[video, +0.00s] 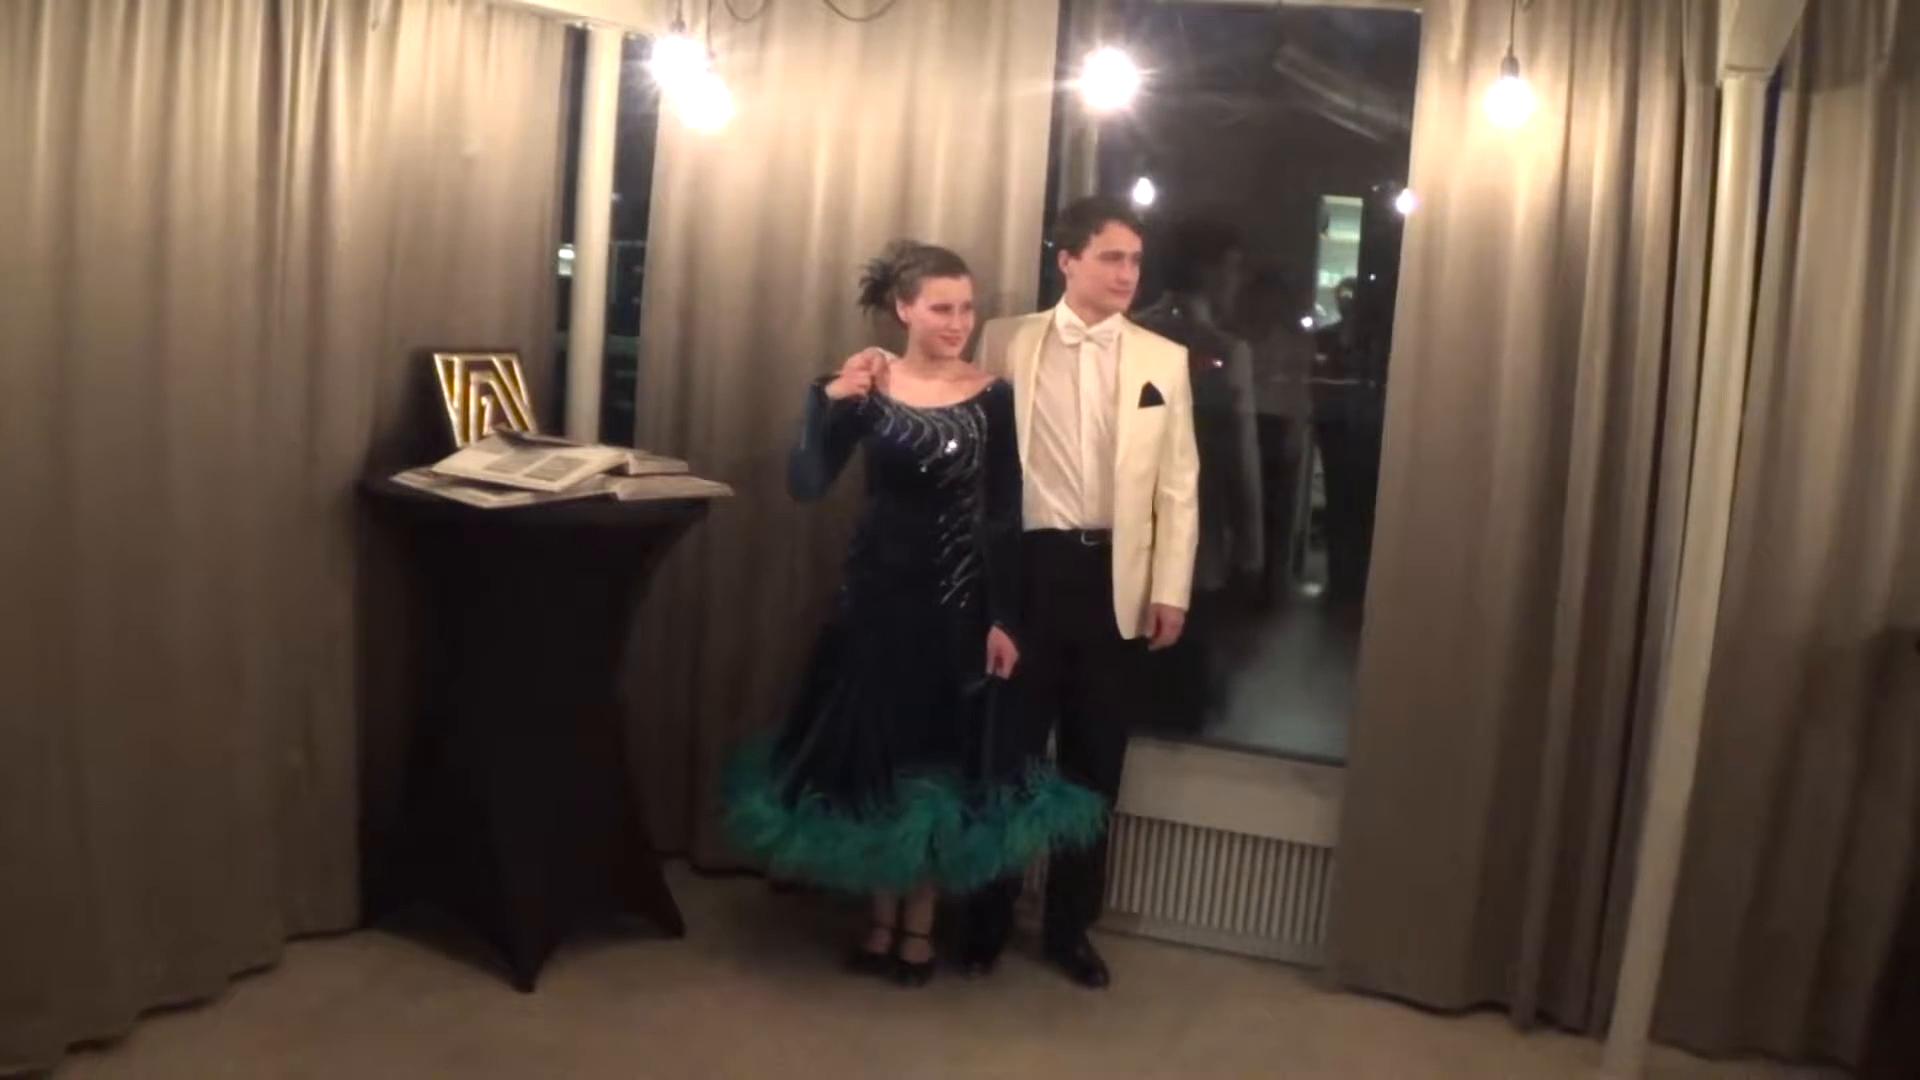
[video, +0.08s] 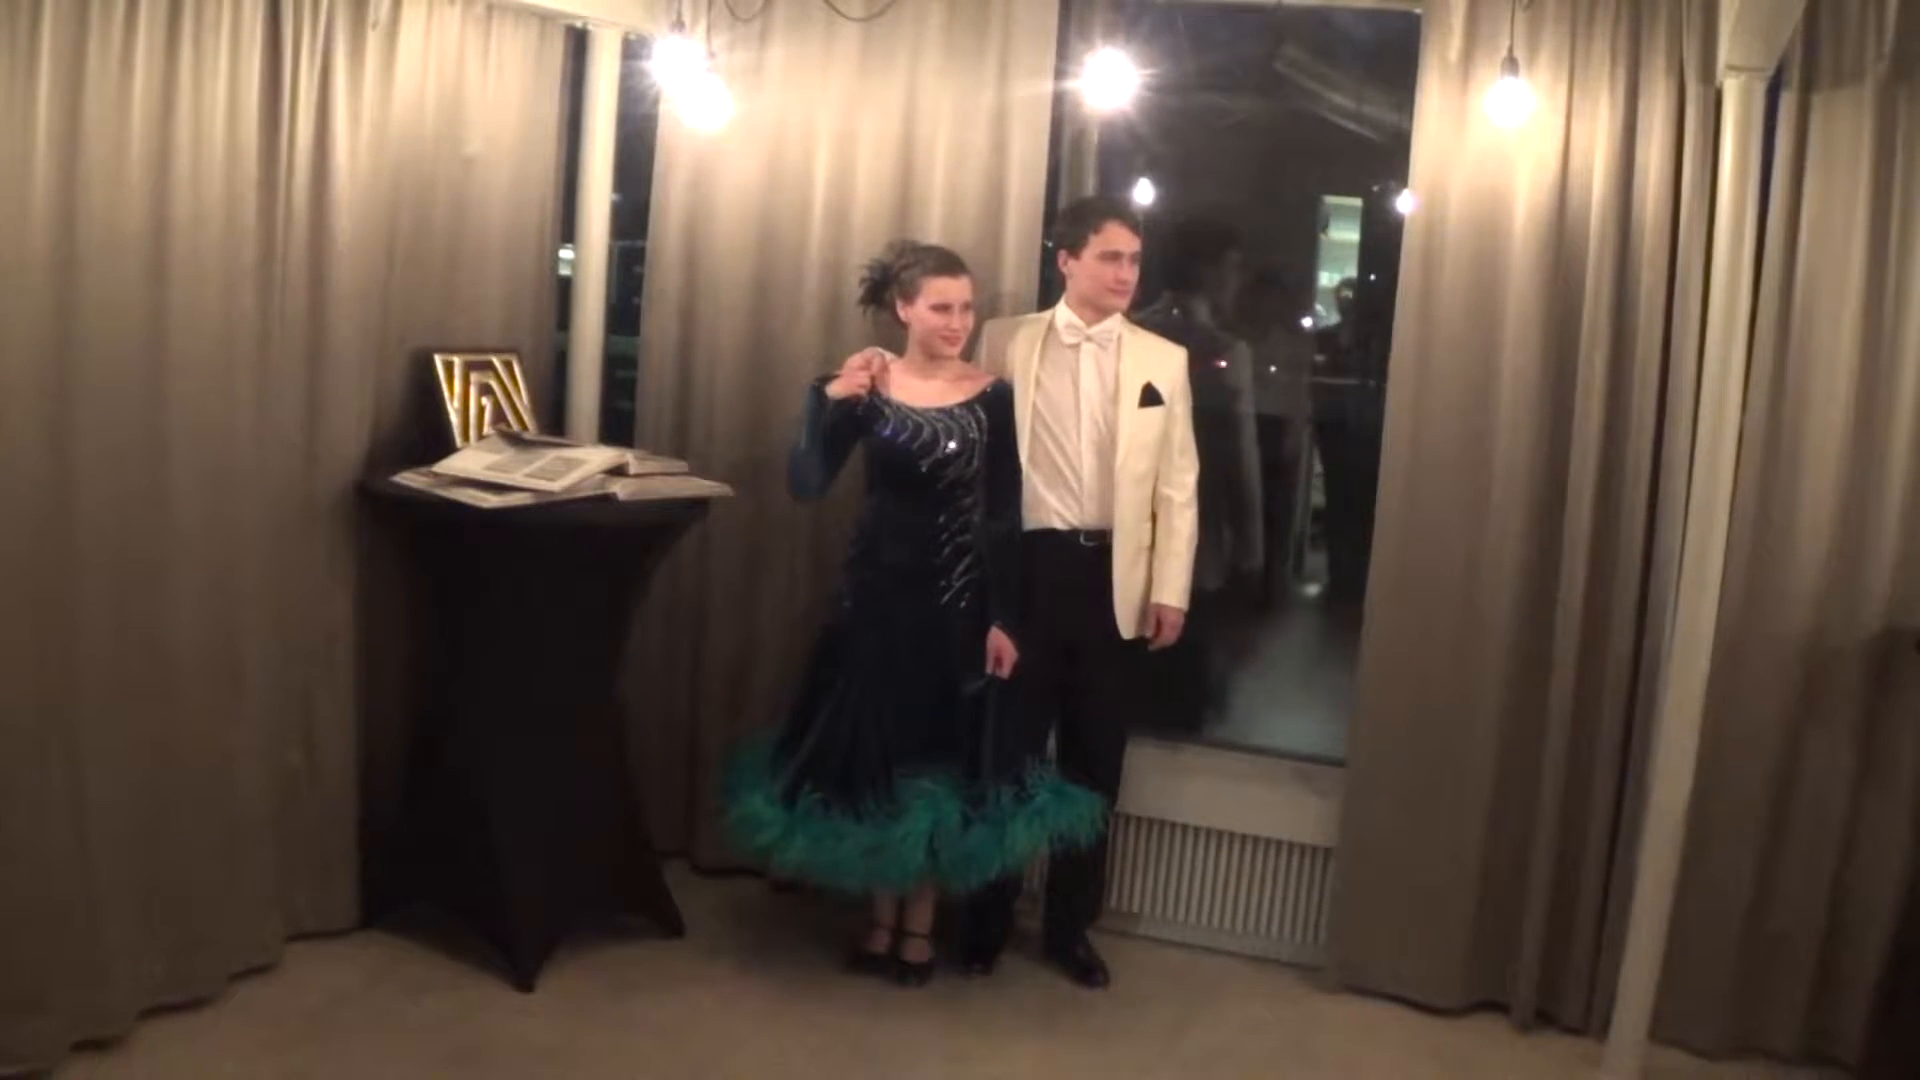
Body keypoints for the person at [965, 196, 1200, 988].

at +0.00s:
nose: (1127, 274)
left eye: (1136, 262)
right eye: (1111, 258)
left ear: (1143, 272)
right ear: (1066, 261)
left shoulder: (1163, 360)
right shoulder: (1008, 343)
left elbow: (1180, 483)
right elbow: (969, 457)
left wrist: (1171, 587)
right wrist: (964, 569)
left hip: (1117, 574)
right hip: (1023, 566)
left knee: (1096, 757)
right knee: (1008, 743)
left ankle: (1069, 928)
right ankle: (982, 922)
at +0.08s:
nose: (1126, 274)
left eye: (1134, 261)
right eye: (1111, 258)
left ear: (1142, 272)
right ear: (1065, 261)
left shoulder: (1164, 361)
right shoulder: (1008, 344)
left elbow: (1179, 484)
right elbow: (968, 457)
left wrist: (1171, 588)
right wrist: (964, 570)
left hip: (1116, 574)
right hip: (1022, 567)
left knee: (1096, 757)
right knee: (1008, 744)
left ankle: (1069, 928)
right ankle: (982, 923)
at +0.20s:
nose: (1125, 274)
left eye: (1134, 262)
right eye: (1110, 258)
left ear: (1142, 273)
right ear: (1065, 261)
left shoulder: (1164, 362)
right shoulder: (1008, 344)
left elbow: (1179, 485)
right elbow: (967, 457)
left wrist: (1170, 588)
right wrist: (962, 569)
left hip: (1115, 575)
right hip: (1021, 567)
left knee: (1095, 758)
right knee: (1007, 744)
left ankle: (1070, 928)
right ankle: (981, 923)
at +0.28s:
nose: (1125, 274)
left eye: (1134, 262)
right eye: (1110, 258)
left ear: (1142, 272)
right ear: (1065, 261)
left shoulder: (1163, 362)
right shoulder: (1008, 343)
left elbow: (1178, 484)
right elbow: (968, 458)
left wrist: (1170, 589)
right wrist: (962, 571)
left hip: (1115, 574)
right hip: (1021, 567)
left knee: (1095, 757)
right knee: (1007, 744)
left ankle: (1070, 928)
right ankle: (981, 923)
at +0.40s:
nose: (1124, 275)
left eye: (1133, 262)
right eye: (1109, 259)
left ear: (1141, 272)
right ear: (1064, 262)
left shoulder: (1163, 362)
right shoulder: (1007, 343)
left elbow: (1177, 485)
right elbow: (967, 457)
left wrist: (1169, 588)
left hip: (1114, 575)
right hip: (1020, 567)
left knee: (1094, 756)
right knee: (1005, 742)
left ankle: (1071, 926)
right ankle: (980, 921)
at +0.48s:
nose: (1124, 274)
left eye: (1133, 262)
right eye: (1109, 258)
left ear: (1140, 273)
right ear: (1064, 262)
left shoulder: (1162, 362)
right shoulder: (1007, 342)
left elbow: (1177, 485)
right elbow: (966, 453)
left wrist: (1169, 588)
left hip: (1114, 576)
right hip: (1020, 567)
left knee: (1094, 756)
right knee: (1006, 742)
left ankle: (1071, 926)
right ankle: (980, 920)